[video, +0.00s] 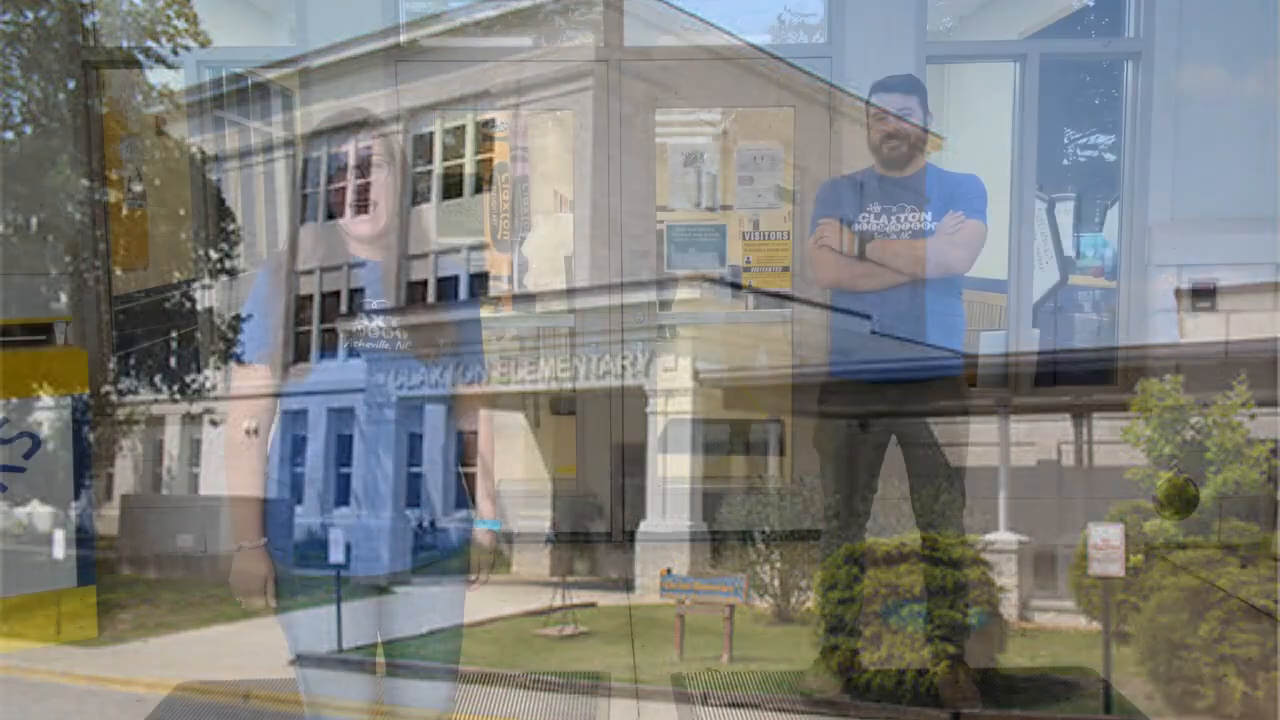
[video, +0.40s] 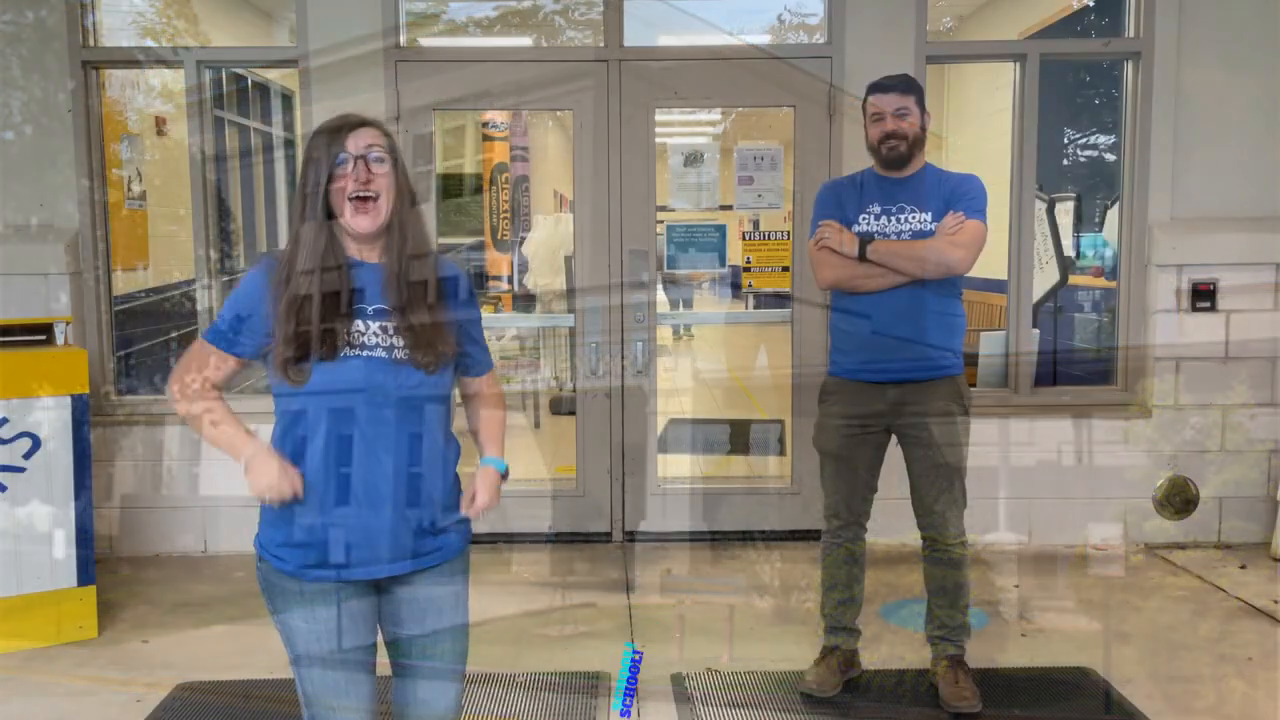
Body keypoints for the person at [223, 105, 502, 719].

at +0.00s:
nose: (355, 183)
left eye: (371, 165)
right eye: (337, 170)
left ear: (403, 178)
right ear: (319, 187)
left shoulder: (446, 278)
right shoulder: (287, 281)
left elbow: (474, 405)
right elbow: (248, 416)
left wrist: (486, 516)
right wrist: (248, 541)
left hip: (429, 541)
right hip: (316, 545)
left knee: (425, 706)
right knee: (340, 706)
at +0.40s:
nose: (360, 172)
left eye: (375, 158)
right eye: (342, 161)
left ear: (399, 181)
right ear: (319, 187)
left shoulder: (442, 282)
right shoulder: (280, 281)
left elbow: (482, 388)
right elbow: (189, 382)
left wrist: (492, 465)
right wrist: (255, 455)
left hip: (429, 542)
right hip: (315, 552)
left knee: (435, 709)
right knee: (342, 710)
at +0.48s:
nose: (356, 170)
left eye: (369, 156)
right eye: (337, 158)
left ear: (389, 176)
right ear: (310, 179)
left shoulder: (431, 274)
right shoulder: (267, 275)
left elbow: (494, 365)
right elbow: (134, 342)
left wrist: (493, 391)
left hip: (429, 538)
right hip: (313, 547)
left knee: (457, 708)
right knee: (340, 711)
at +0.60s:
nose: (347, 179)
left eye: (356, 163)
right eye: (327, 168)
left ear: (373, 179)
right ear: (296, 187)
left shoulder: (417, 270)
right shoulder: (254, 273)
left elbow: (495, 366)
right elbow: (106, 280)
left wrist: (533, 348)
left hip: (437, 536)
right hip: (314, 554)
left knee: (499, 699)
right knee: (342, 709)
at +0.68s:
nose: (332, 197)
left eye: (339, 182)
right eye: (311, 187)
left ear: (358, 193)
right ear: (280, 208)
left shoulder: (418, 284)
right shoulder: (250, 288)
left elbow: (507, 369)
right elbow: (125, 230)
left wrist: (612, 365)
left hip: (438, 545)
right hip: (313, 567)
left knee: (520, 694)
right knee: (339, 711)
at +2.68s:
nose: (332, 246)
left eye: (345, 231)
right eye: (314, 238)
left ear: (372, 245)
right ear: (292, 259)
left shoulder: (422, 339)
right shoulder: (268, 334)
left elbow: (538, 391)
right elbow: (164, 255)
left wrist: (658, 417)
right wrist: (43, 161)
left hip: (441, 598)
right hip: (333, 614)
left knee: (555, 671)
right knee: (376, 710)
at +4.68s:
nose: (338, 235)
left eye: (352, 218)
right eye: (321, 225)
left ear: (383, 229)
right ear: (301, 245)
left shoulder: (435, 315)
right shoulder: (283, 315)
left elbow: (549, 378)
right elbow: (168, 258)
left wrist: (674, 405)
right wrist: (39, 179)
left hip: (433, 575)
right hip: (321, 583)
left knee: (542, 685)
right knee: (359, 708)